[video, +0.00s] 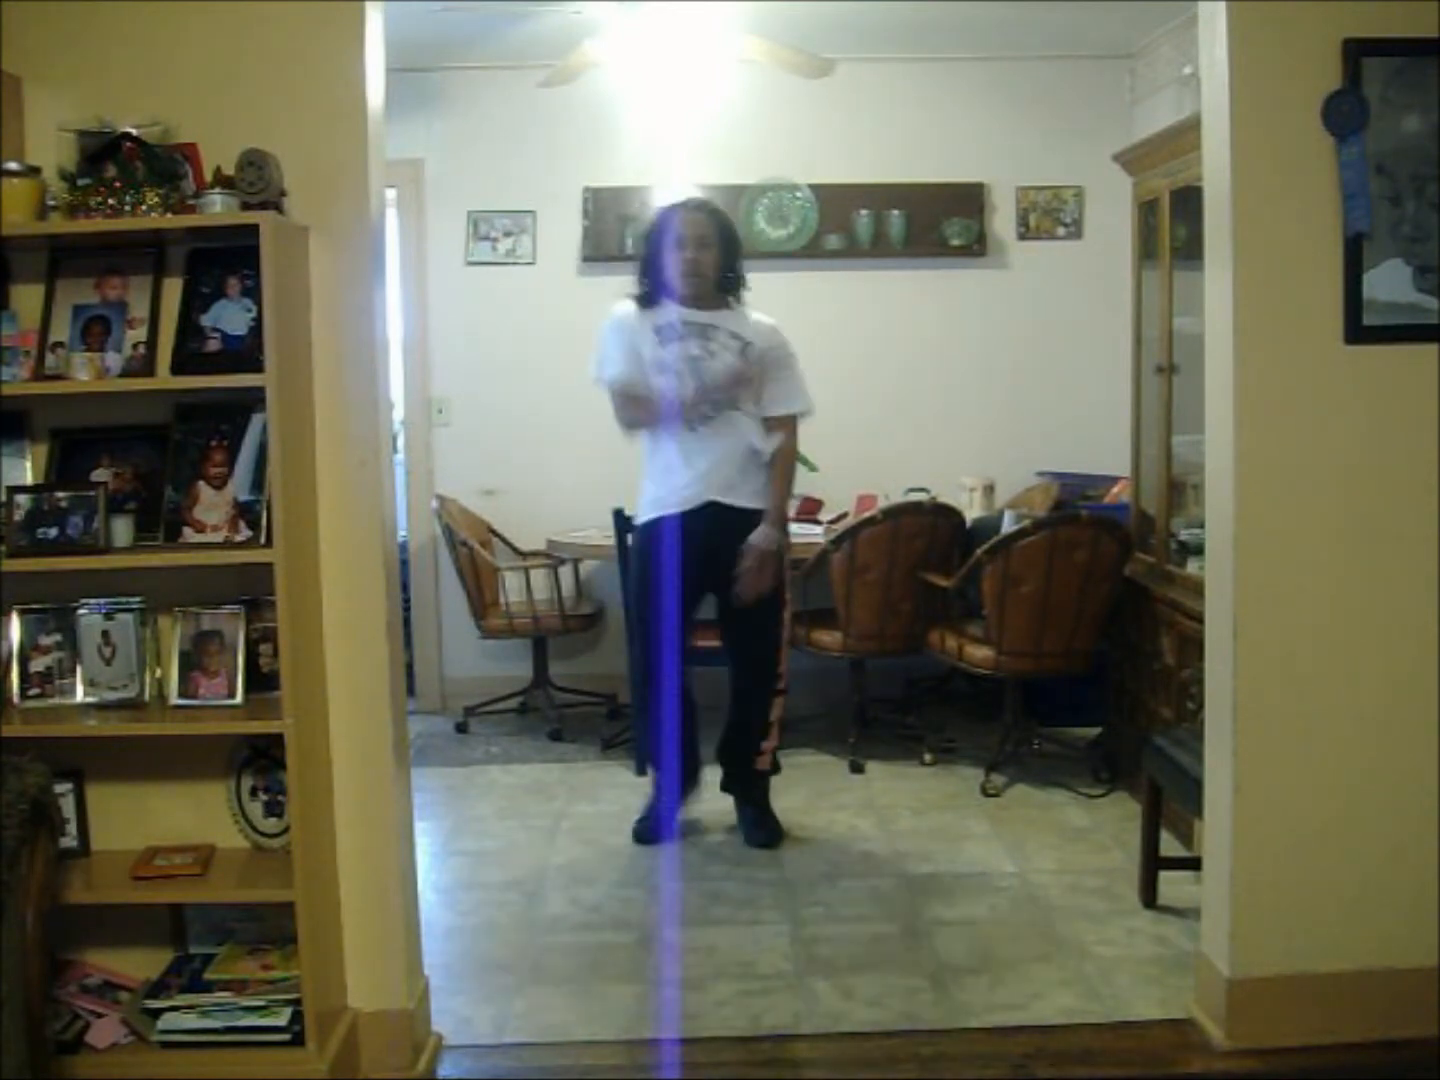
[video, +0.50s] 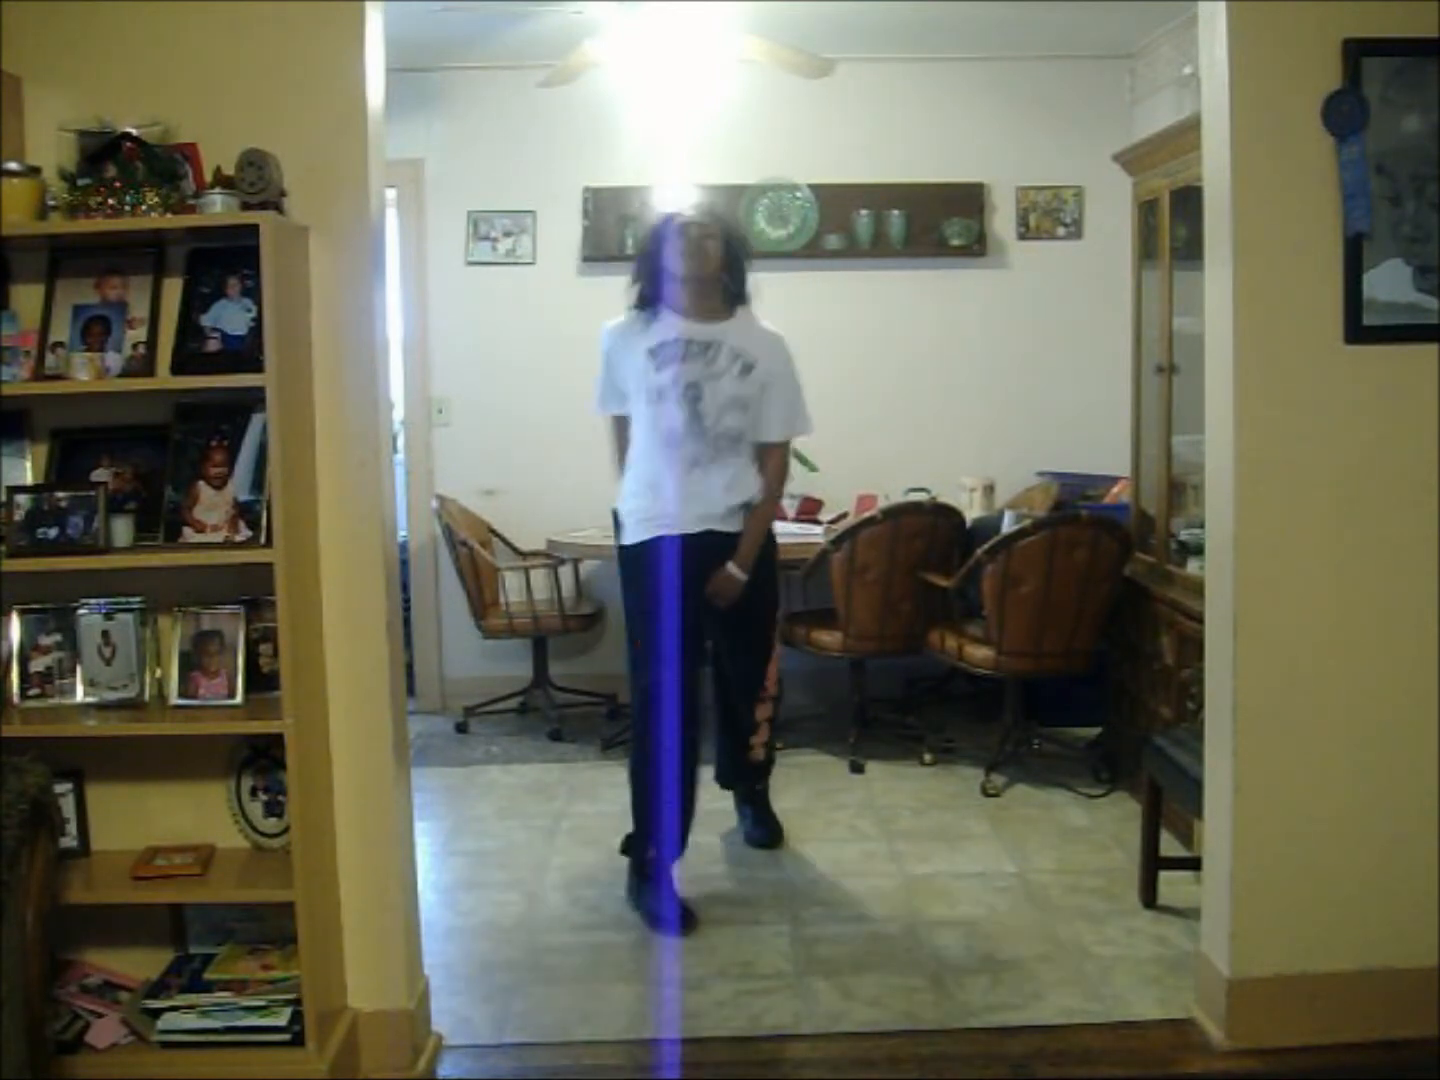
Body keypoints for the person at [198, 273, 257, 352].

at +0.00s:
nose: (233, 289)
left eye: (235, 285)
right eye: (230, 286)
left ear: (240, 287)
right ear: (225, 288)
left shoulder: (247, 304)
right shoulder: (220, 304)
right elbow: (205, 320)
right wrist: (210, 335)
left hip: (244, 337)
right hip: (224, 337)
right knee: (212, 341)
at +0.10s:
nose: (233, 289)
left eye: (235, 285)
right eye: (230, 286)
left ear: (240, 287)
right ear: (225, 288)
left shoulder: (248, 304)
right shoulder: (221, 304)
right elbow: (205, 320)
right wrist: (210, 335)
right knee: (212, 341)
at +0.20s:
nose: (233, 289)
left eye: (235, 285)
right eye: (230, 286)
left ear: (240, 287)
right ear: (225, 288)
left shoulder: (247, 304)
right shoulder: (221, 304)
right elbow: (205, 320)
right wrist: (210, 334)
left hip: (244, 338)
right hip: (224, 337)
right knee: (212, 341)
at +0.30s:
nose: (233, 289)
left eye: (236, 286)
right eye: (230, 286)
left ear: (240, 287)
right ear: (226, 289)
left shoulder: (247, 304)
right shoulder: (221, 304)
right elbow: (205, 320)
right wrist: (210, 334)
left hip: (244, 338)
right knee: (212, 341)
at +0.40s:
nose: (233, 289)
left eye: (236, 286)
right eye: (230, 286)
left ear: (240, 287)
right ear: (226, 289)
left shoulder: (248, 304)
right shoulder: (221, 305)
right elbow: (206, 320)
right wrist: (210, 335)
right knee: (212, 341)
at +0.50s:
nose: (233, 289)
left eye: (235, 285)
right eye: (230, 286)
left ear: (240, 287)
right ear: (226, 288)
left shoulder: (248, 304)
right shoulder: (221, 304)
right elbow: (205, 320)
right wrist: (210, 335)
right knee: (212, 341)